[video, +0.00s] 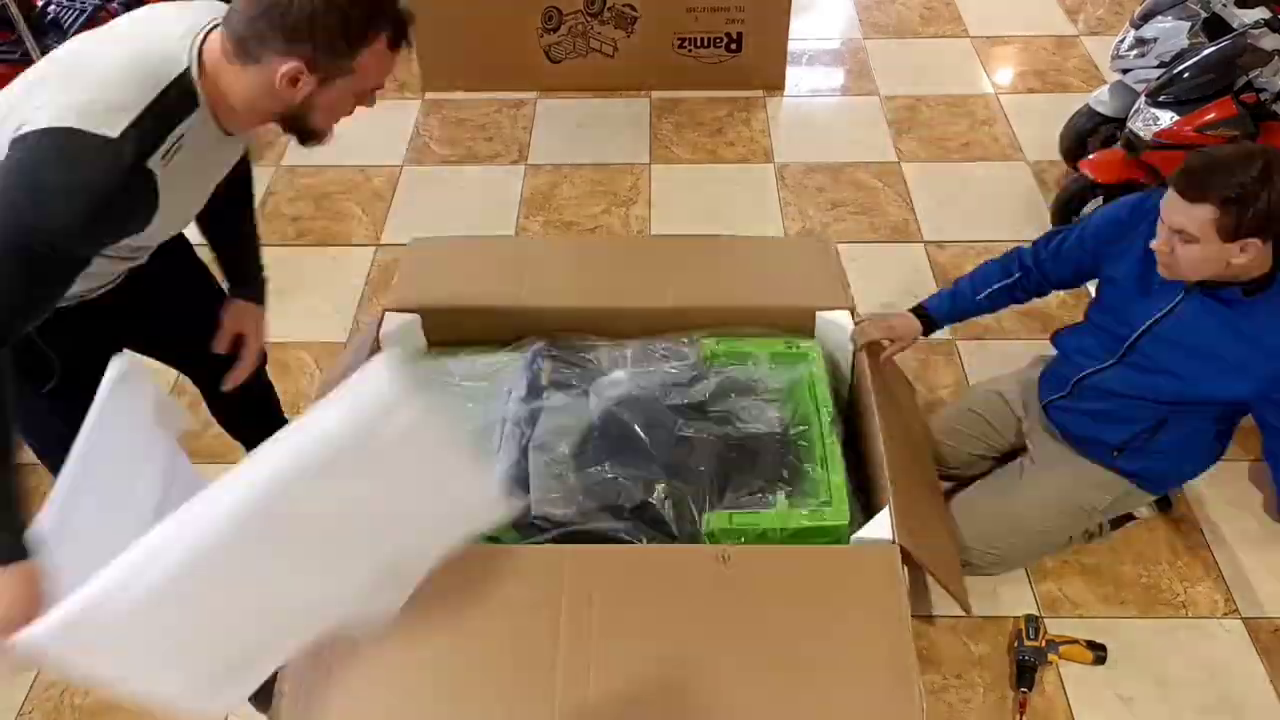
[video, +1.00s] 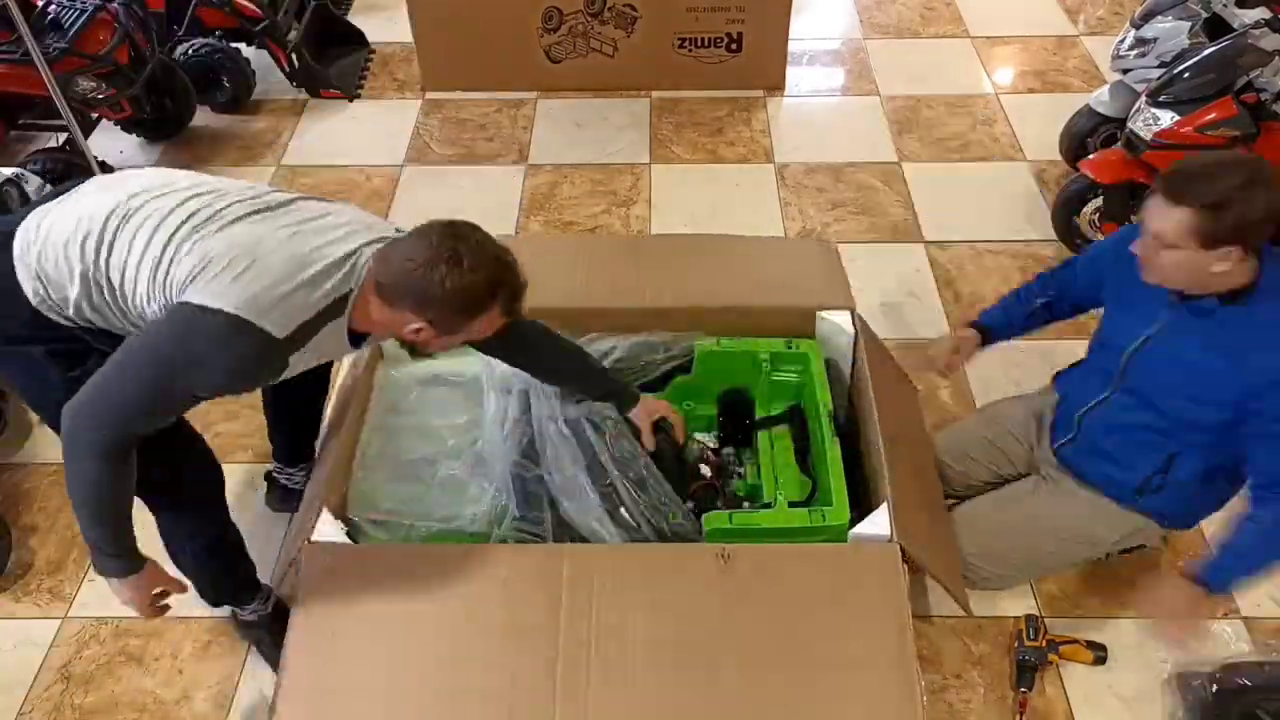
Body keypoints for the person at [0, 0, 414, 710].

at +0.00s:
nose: (363, 108)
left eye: (372, 94)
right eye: (362, 94)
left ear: (294, 73)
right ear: (294, 80)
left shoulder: (229, 48)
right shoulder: (81, 173)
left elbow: (223, 168)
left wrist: (247, 287)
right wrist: (10, 556)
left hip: (145, 253)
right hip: (41, 317)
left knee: (247, 392)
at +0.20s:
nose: (476, 220)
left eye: (482, 209)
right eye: (475, 210)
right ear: (424, 199)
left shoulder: (366, 120)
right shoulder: (302, 234)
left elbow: (406, 241)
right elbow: (349, 391)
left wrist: (499, 313)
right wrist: (474, 394)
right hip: (33, 262)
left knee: (246, 331)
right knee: (181, 458)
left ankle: (284, 469)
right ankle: (233, 611)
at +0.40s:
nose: (462, 252)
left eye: (472, 241)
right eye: (467, 241)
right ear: (426, 231)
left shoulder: (353, 146)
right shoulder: (303, 276)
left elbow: (371, 260)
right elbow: (308, 441)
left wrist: (434, 330)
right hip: (27, 274)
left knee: (240, 342)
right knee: (176, 465)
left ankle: (283, 467)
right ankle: (236, 615)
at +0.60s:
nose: (433, 472)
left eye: (442, 456)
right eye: (413, 468)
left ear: (440, 375)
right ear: (339, 427)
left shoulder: (390, 287)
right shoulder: (229, 478)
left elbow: (498, 337)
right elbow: (267, 650)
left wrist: (614, 362)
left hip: (89, 219)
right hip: (18, 316)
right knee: (175, 518)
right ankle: (240, 618)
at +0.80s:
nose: (416, 472)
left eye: (427, 455)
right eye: (394, 470)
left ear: (400, 375)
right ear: (306, 440)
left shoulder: (360, 295)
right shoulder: (174, 496)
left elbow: (435, 297)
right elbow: (127, 604)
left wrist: (540, 370)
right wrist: (228, 711)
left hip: (74, 219)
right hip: (8, 314)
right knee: (164, 525)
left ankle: (286, 470)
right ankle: (254, 610)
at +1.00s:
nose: (479, 350)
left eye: (492, 338)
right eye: (473, 340)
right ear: (416, 327)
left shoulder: (393, 252)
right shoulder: (232, 332)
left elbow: (504, 334)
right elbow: (86, 432)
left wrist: (624, 398)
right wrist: (115, 567)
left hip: (124, 202)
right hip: (41, 282)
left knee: (303, 343)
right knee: (181, 474)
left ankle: (292, 479)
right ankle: (250, 611)